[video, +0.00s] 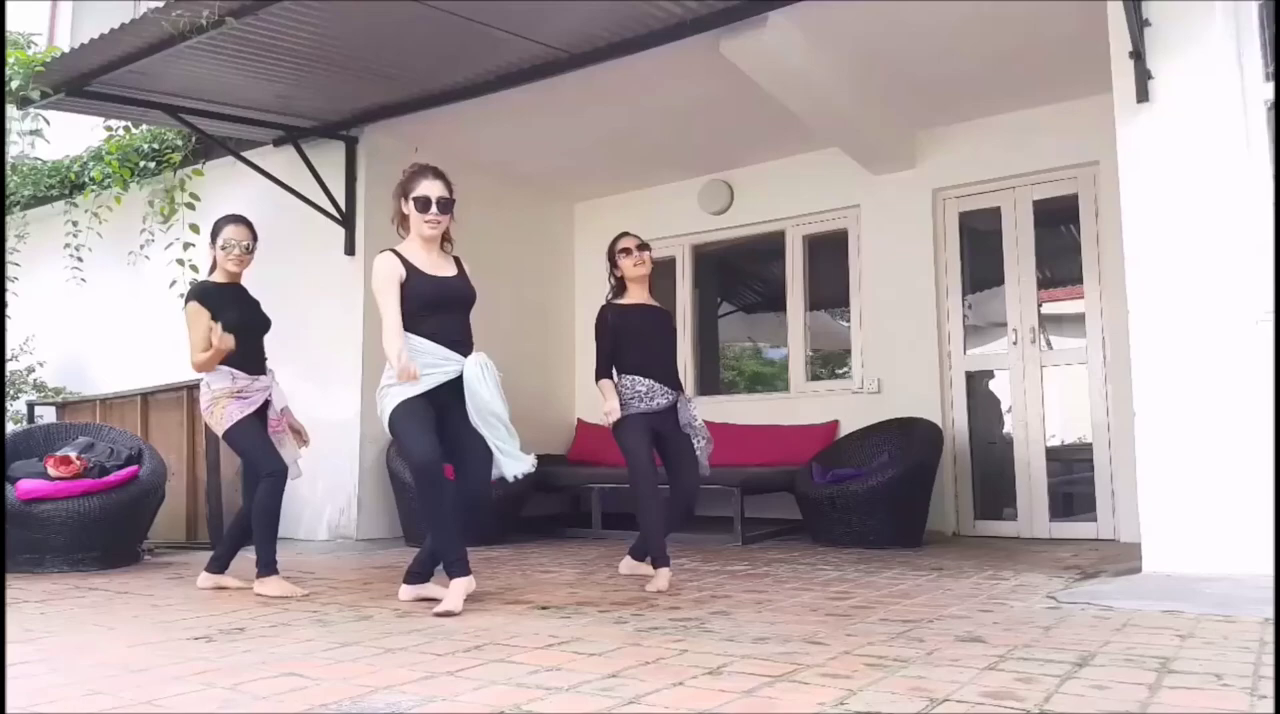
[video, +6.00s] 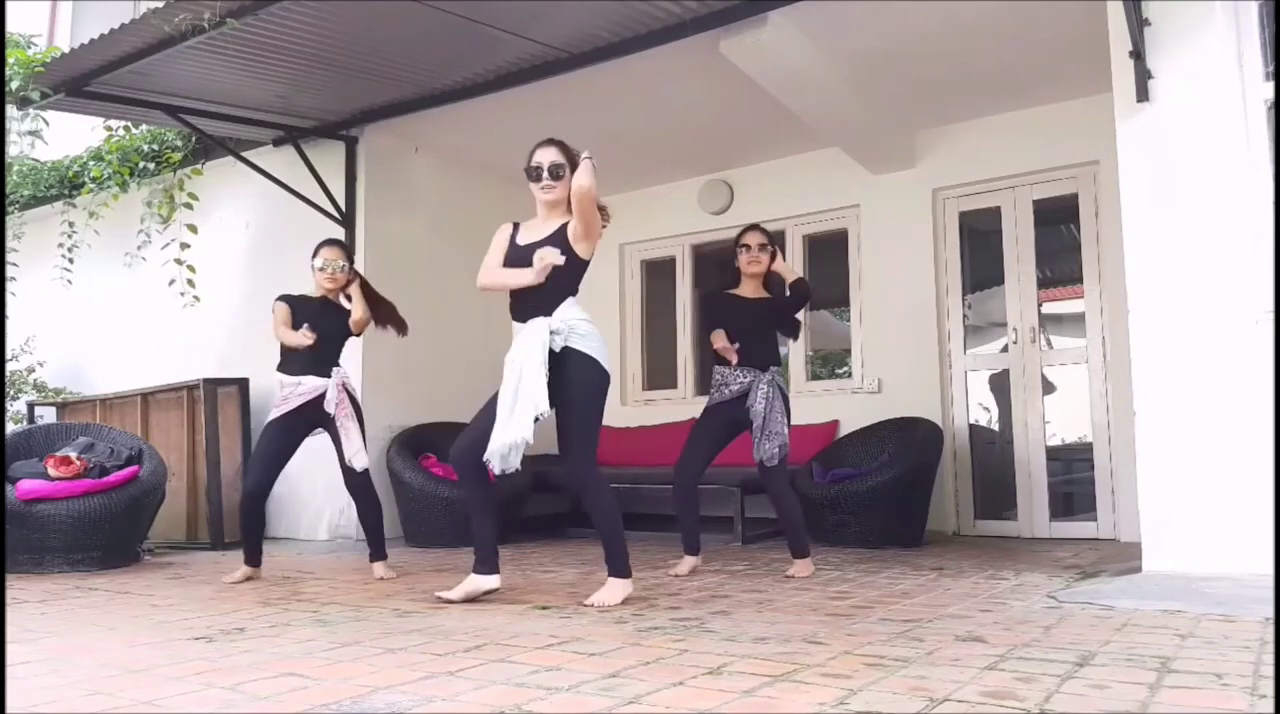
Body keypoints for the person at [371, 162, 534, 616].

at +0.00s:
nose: (434, 211)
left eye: (443, 203)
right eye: (423, 202)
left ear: (452, 209)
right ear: (404, 207)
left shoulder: (454, 262)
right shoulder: (390, 262)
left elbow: (460, 323)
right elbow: (390, 319)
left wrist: (474, 364)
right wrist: (400, 358)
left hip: (461, 380)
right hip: (410, 382)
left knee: (477, 480)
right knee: (425, 462)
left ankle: (416, 574)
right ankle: (460, 574)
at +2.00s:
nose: (423, 197)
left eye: (433, 189)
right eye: (413, 190)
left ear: (446, 197)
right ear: (400, 197)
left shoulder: (463, 253)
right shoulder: (380, 245)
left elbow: (479, 325)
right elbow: (363, 314)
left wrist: (502, 381)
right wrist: (380, 277)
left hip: (460, 368)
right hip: (407, 367)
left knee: (453, 472)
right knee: (396, 454)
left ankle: (428, 575)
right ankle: (417, 576)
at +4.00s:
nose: (408, 193)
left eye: (417, 183)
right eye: (401, 187)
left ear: (443, 185)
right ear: (399, 196)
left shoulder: (470, 240)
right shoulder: (398, 249)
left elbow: (490, 307)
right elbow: (379, 316)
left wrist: (518, 343)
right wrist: (333, 303)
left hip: (454, 364)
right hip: (405, 366)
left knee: (437, 465)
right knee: (346, 457)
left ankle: (453, 575)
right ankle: (376, 570)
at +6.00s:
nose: (546, 178)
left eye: (555, 171)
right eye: (537, 172)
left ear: (572, 179)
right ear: (528, 179)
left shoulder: (581, 230)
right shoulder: (509, 231)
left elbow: (583, 186)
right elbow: (485, 279)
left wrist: (587, 159)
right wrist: (531, 275)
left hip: (575, 355)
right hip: (528, 360)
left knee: (579, 465)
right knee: (467, 452)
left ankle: (620, 576)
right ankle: (485, 571)